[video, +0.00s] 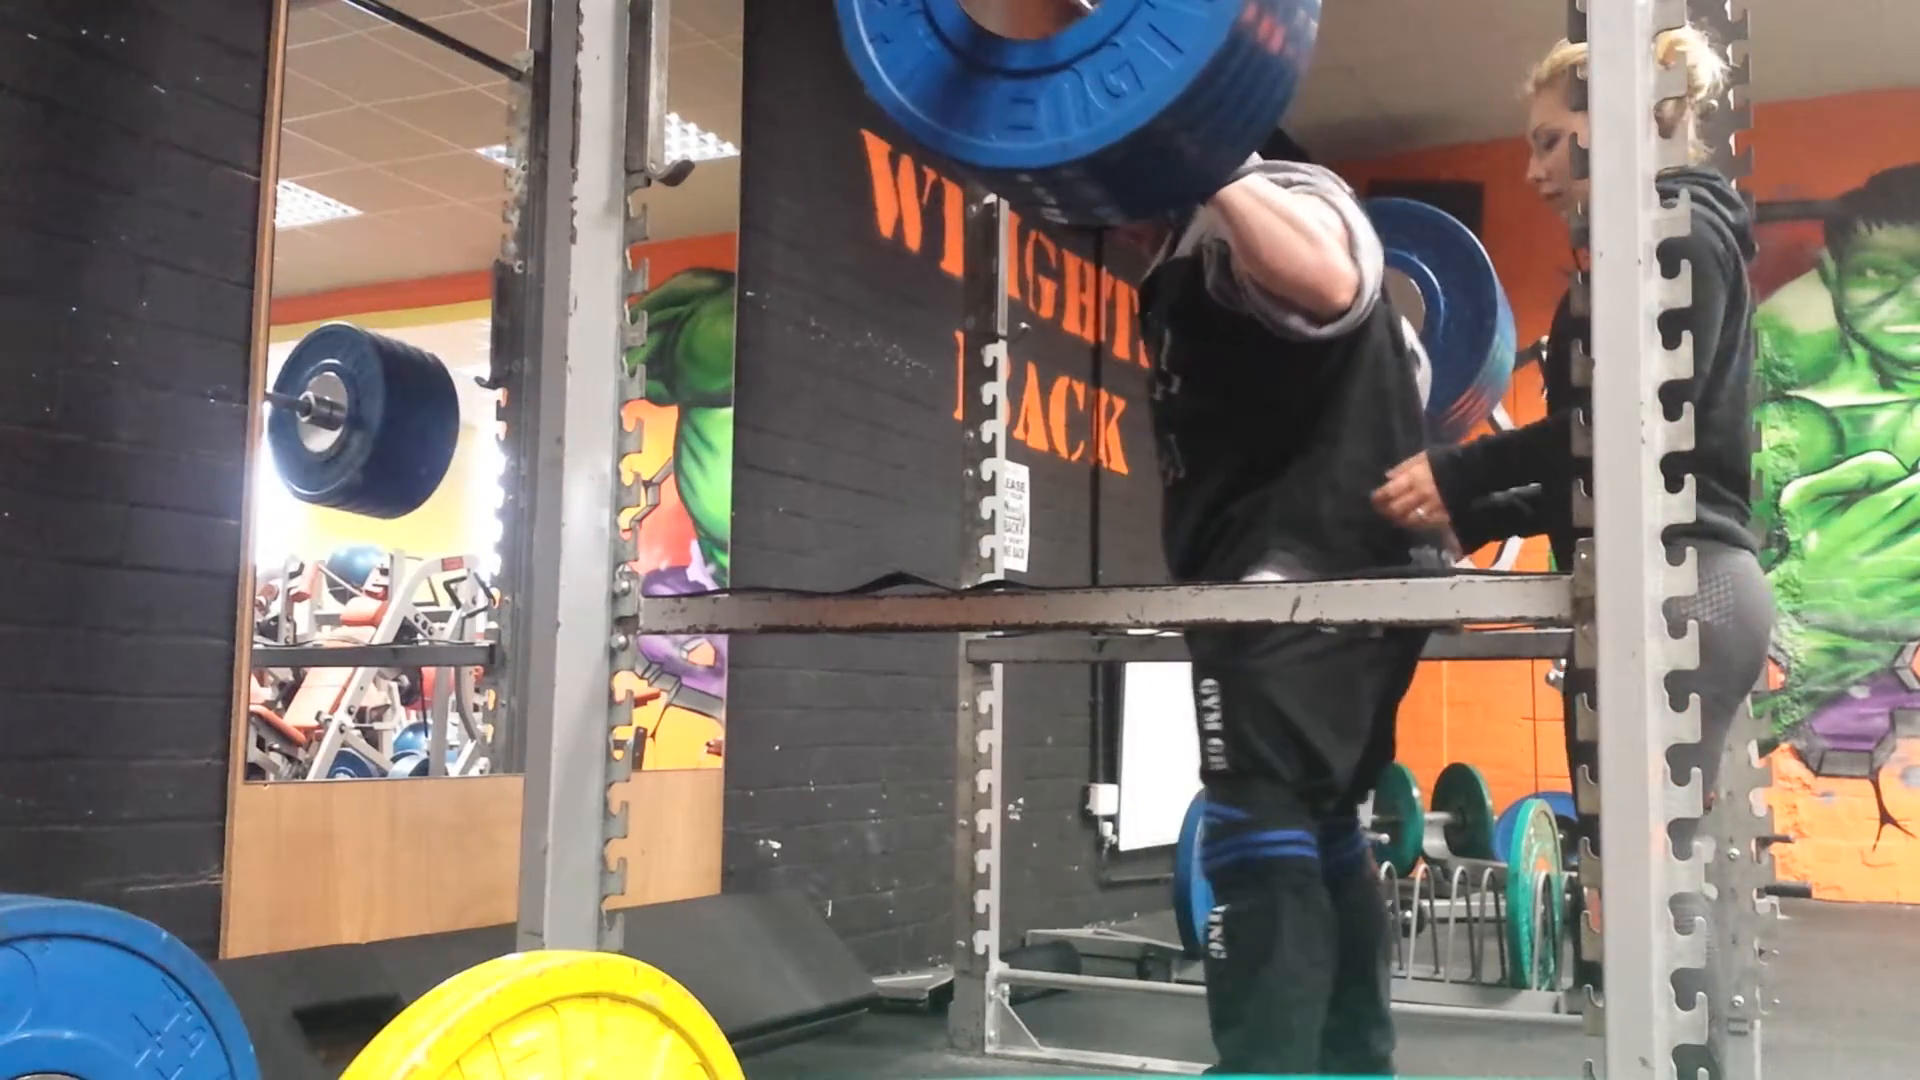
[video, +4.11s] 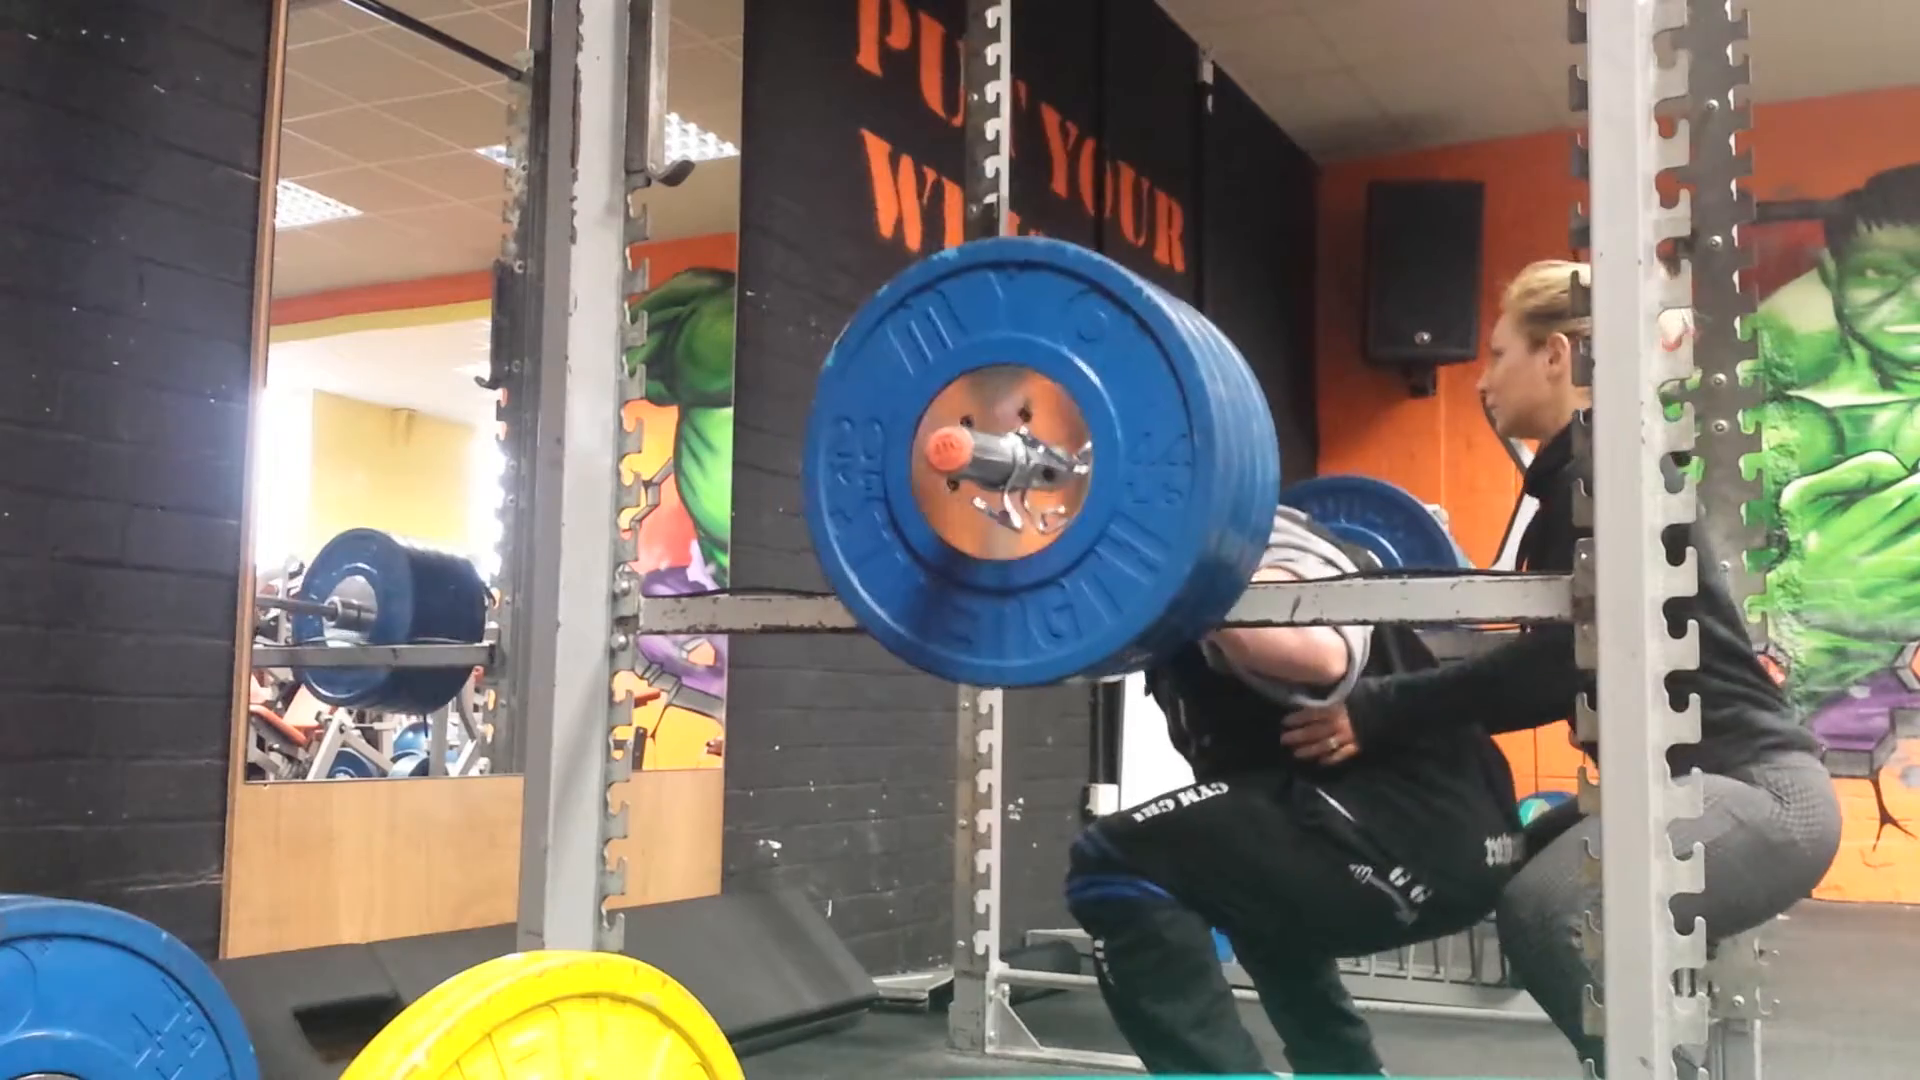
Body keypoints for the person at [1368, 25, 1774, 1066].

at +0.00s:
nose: (1537, 171)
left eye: (1553, 141)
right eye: (1532, 147)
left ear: (1617, 127)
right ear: (1605, 136)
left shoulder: (1660, 230)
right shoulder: (1671, 225)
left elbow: (1629, 428)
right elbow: (1613, 445)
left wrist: (1467, 479)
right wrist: (1473, 491)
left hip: (1662, 577)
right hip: (1692, 570)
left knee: (1638, 851)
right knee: (1669, 849)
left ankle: (1661, 1063)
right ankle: (1683, 1057)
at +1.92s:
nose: (1550, 160)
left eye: (1562, 140)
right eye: (1560, 140)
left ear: (1593, 151)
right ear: (1647, 155)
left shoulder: (1648, 246)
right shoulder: (1646, 264)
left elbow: (1574, 408)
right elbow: (1581, 488)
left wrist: (1400, 441)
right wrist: (1434, 510)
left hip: (1671, 587)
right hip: (1663, 588)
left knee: (1631, 838)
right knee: (1633, 839)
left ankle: (1657, 1059)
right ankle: (1661, 1054)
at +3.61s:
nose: (1473, 286)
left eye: (1484, 258)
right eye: (1474, 263)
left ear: (1546, 244)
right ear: (1541, 248)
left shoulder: (1606, 360)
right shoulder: (1571, 382)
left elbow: (1560, 545)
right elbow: (1536, 545)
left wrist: (1393, 601)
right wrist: (1389, 595)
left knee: (1567, 858)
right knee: (1539, 852)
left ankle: (1677, 1053)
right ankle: (1657, 1047)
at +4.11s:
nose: (1482, 381)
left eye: (1496, 355)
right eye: (1487, 358)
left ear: (1559, 356)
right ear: (1557, 359)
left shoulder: (1596, 461)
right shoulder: (1580, 466)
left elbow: (1574, 661)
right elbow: (1564, 661)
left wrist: (1379, 709)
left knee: (1547, 907)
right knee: (1531, 887)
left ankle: (1657, 1067)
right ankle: (1666, 1062)